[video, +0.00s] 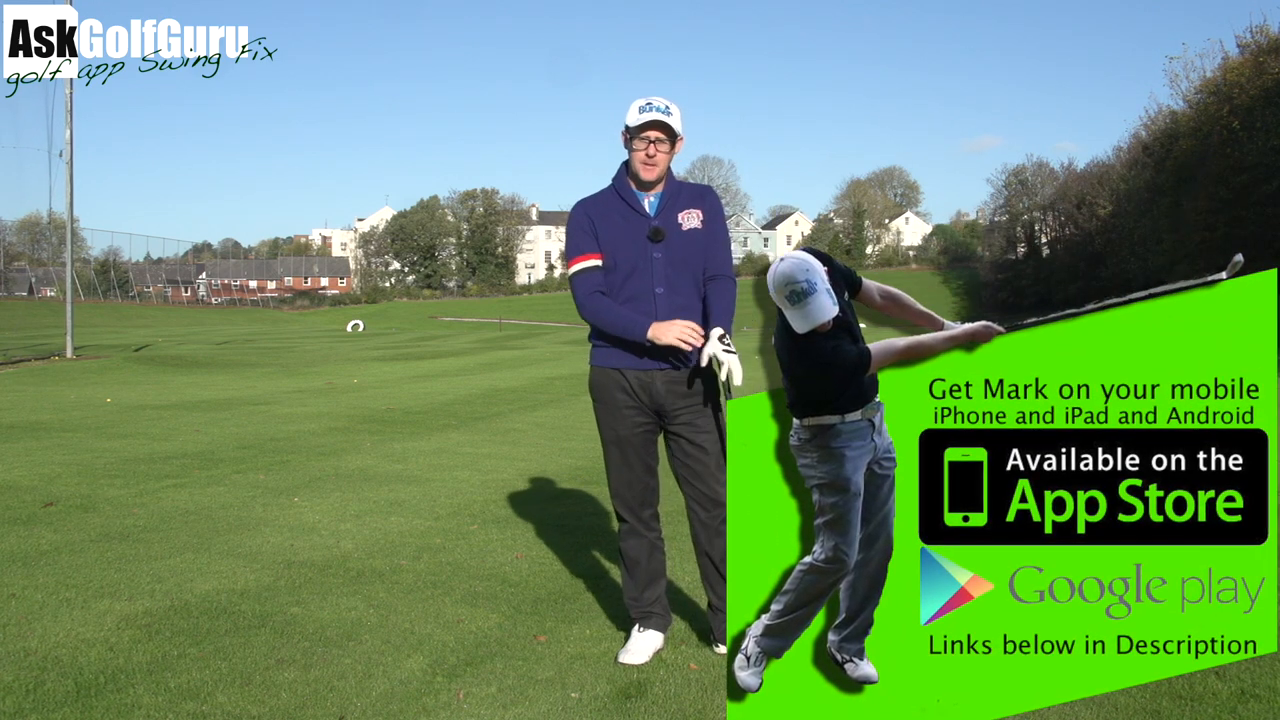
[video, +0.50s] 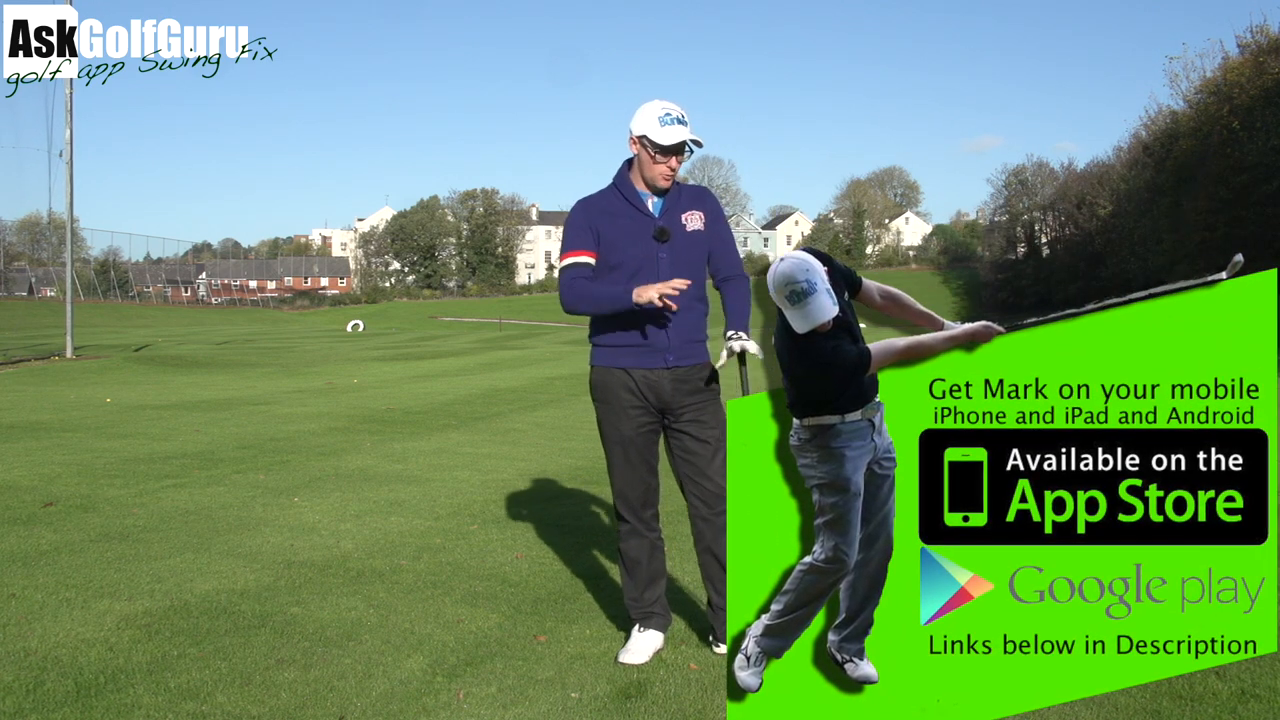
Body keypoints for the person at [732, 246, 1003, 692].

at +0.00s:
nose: (823, 324)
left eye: (825, 310)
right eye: (811, 322)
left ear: (824, 284)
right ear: (785, 308)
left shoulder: (819, 268)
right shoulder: (807, 350)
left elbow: (880, 296)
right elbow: (899, 352)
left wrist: (946, 327)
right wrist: (963, 337)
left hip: (871, 425)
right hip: (828, 440)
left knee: (874, 546)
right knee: (835, 555)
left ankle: (846, 642)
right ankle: (762, 641)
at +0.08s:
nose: (823, 324)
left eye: (825, 310)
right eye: (811, 321)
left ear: (823, 284)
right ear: (785, 307)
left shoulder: (819, 268)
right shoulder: (807, 350)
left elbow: (880, 296)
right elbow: (898, 352)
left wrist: (945, 326)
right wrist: (962, 337)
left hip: (871, 425)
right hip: (828, 439)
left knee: (874, 546)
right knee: (835, 555)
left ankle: (846, 643)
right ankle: (762, 641)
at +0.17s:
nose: (823, 323)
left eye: (825, 310)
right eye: (811, 321)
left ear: (823, 284)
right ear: (786, 308)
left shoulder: (819, 268)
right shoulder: (808, 351)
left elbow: (880, 296)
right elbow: (900, 352)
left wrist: (946, 327)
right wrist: (963, 337)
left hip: (871, 425)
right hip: (828, 439)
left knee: (874, 546)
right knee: (835, 554)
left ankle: (846, 642)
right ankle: (762, 641)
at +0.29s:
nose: (823, 324)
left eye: (825, 310)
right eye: (810, 322)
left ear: (824, 284)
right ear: (786, 307)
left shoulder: (819, 268)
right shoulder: (808, 351)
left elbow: (880, 296)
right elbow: (900, 352)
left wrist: (946, 327)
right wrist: (963, 337)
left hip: (871, 425)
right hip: (828, 439)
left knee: (874, 546)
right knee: (835, 555)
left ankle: (846, 642)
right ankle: (762, 641)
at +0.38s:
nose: (823, 323)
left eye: (825, 310)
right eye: (811, 321)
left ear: (823, 284)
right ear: (786, 307)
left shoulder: (819, 268)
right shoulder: (808, 351)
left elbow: (880, 296)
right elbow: (900, 352)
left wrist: (946, 327)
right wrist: (963, 337)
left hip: (871, 425)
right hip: (828, 439)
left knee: (874, 546)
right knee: (835, 554)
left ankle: (846, 642)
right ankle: (762, 641)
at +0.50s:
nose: (823, 323)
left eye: (825, 310)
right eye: (811, 321)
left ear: (823, 284)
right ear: (786, 308)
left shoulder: (818, 268)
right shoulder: (808, 350)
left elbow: (880, 296)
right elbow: (899, 352)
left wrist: (946, 327)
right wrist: (963, 337)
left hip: (871, 425)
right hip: (828, 439)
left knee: (874, 546)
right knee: (835, 555)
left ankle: (846, 642)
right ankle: (762, 641)